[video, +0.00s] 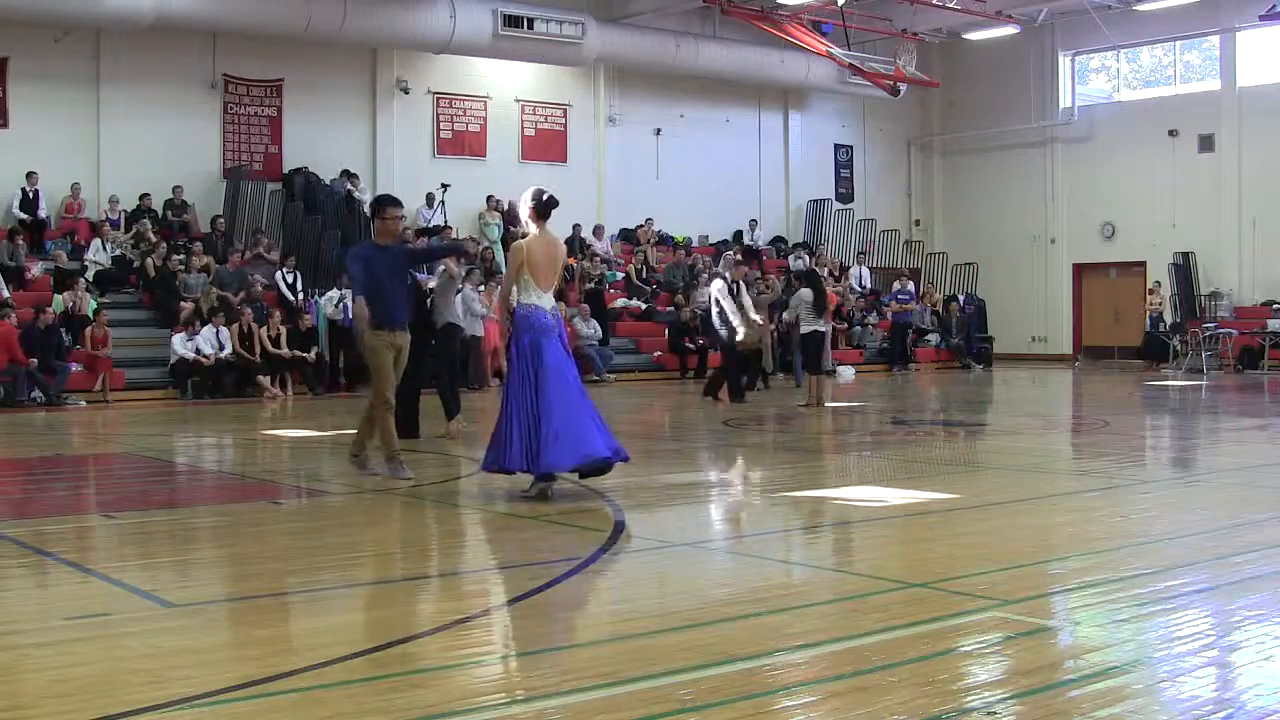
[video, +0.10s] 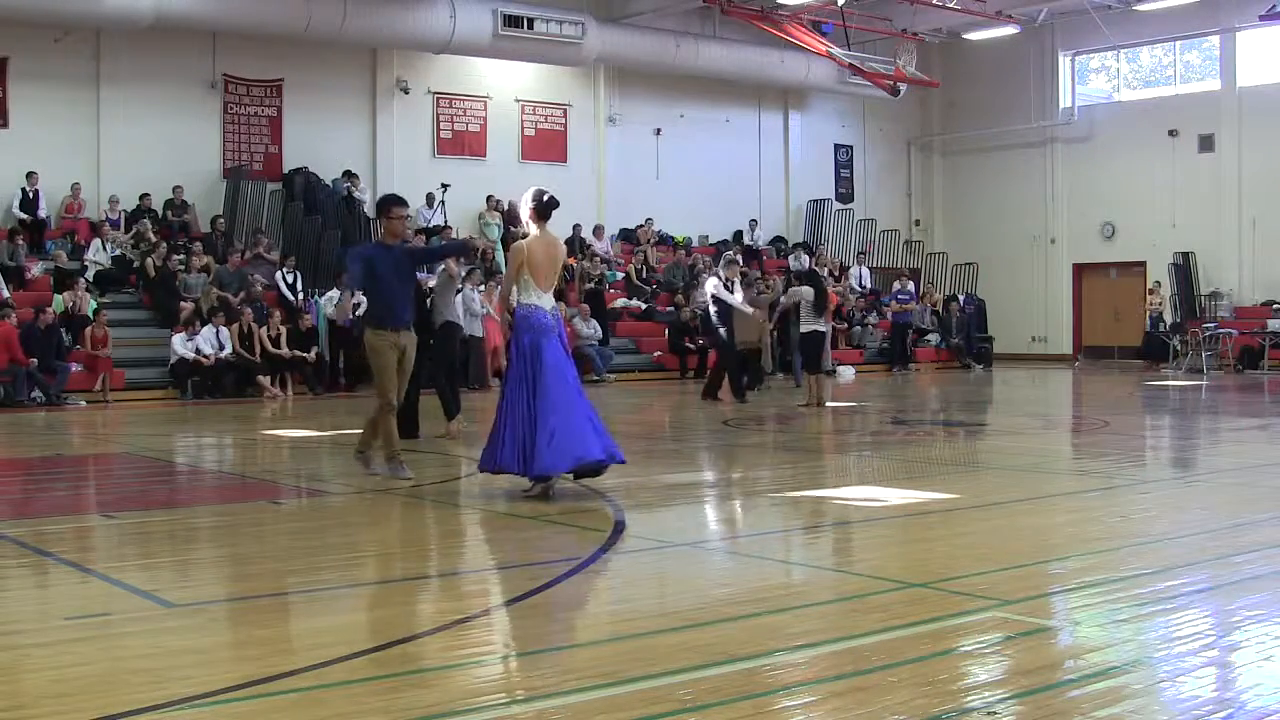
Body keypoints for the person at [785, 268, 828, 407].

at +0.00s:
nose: (801, 282)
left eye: (802, 279)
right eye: (802, 279)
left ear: (805, 279)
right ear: (817, 279)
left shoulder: (801, 293)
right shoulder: (822, 293)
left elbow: (792, 310)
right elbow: (822, 313)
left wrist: (789, 316)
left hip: (807, 331)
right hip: (820, 330)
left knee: (810, 367)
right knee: (818, 367)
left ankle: (811, 398)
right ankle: (820, 398)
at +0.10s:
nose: (800, 282)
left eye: (801, 279)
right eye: (800, 279)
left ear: (806, 279)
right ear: (817, 278)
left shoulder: (804, 291)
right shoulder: (822, 292)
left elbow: (786, 297)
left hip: (808, 331)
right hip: (820, 331)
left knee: (810, 368)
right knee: (817, 368)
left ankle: (811, 398)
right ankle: (820, 398)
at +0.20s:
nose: (804, 283)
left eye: (805, 279)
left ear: (808, 279)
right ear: (818, 278)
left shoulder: (808, 290)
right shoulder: (826, 292)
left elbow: (793, 281)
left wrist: (792, 276)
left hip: (807, 330)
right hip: (821, 330)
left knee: (802, 364)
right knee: (818, 367)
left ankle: (806, 396)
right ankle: (821, 398)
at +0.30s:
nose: (806, 282)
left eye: (807, 279)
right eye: (807, 279)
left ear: (810, 280)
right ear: (820, 280)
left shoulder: (809, 291)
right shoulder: (827, 294)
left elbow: (799, 278)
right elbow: (829, 311)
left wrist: (796, 259)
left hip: (807, 330)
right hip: (821, 331)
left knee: (798, 359)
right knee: (820, 367)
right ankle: (822, 397)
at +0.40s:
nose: (807, 281)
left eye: (808, 279)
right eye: (807, 278)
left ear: (811, 281)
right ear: (822, 280)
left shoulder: (809, 292)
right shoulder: (828, 295)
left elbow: (804, 274)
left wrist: (799, 257)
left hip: (807, 330)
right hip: (821, 331)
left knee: (795, 359)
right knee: (820, 367)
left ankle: (795, 392)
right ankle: (821, 398)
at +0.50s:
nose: (808, 282)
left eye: (809, 280)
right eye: (809, 279)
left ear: (812, 281)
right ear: (824, 282)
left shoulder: (809, 292)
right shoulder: (828, 296)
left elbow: (805, 272)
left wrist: (808, 256)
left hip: (805, 330)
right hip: (820, 331)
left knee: (791, 360)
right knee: (820, 367)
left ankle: (794, 393)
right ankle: (821, 398)